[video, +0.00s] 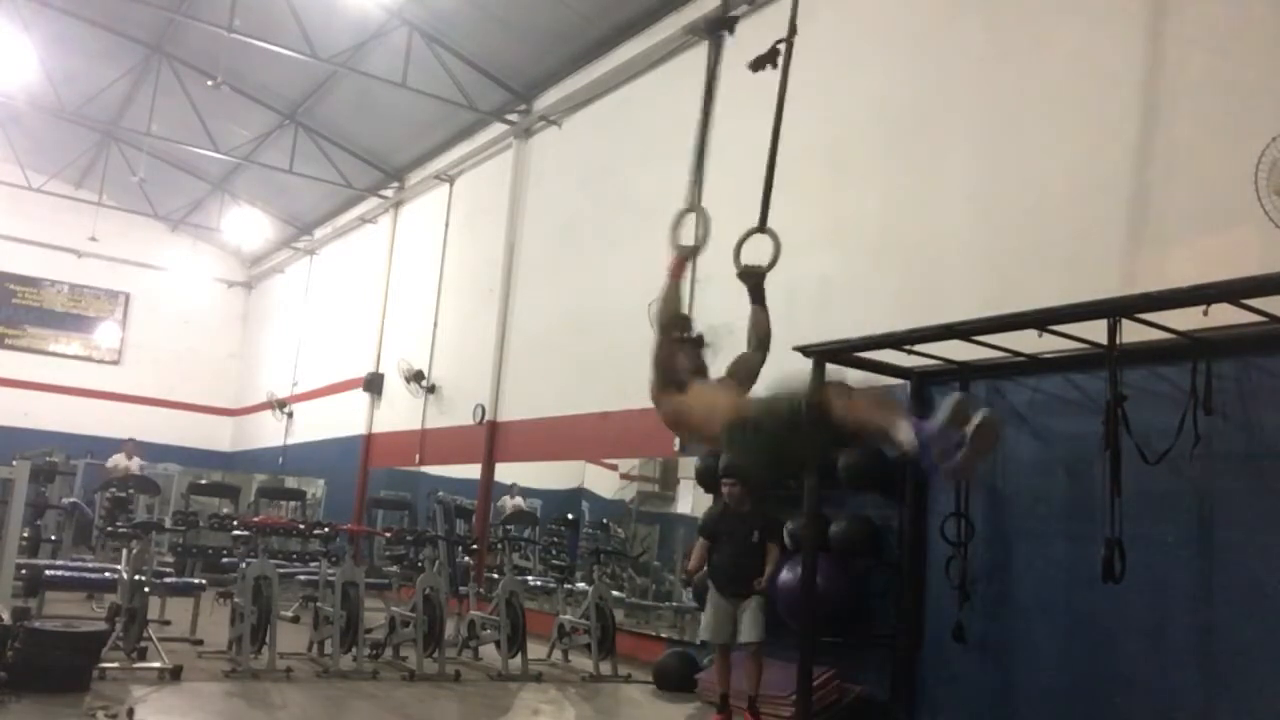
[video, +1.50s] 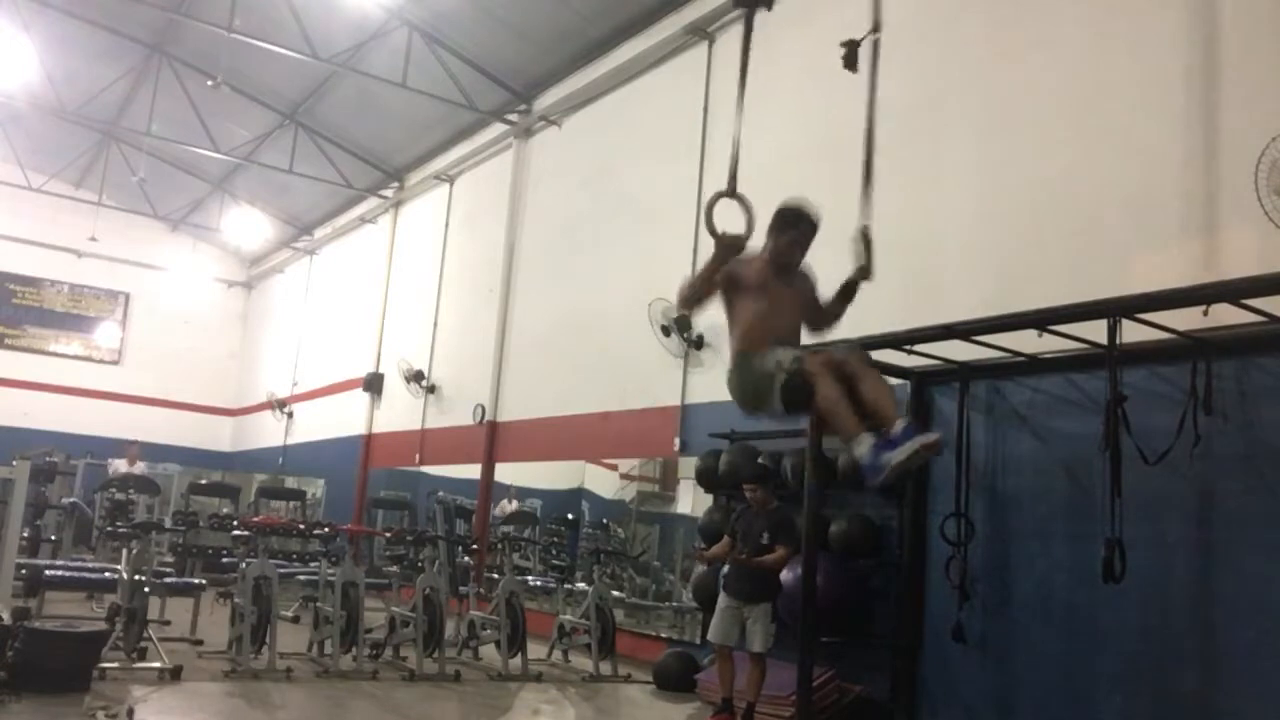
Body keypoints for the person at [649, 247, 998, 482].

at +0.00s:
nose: (695, 350)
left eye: (696, 343)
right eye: (684, 344)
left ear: (699, 350)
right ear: (667, 355)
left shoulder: (725, 387)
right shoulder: (671, 397)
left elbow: (757, 347)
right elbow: (666, 331)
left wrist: (756, 291)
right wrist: (676, 273)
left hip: (769, 443)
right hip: (745, 443)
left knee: (853, 412)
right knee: (828, 398)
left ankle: (944, 453)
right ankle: (917, 432)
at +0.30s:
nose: (716, 203)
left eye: (723, 196)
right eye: (710, 195)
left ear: (734, 201)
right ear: (698, 199)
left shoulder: (742, 238)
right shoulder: (684, 237)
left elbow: (762, 277)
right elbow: (645, 277)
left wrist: (728, 262)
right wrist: (675, 256)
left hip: (783, 321)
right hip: (748, 314)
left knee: (861, 309)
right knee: (816, 271)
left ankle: (938, 353)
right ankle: (878, 313)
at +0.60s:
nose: (810, 232)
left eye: (816, 226)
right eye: (806, 223)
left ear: (823, 218)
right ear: (790, 204)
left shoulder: (812, 235)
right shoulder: (748, 197)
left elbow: (802, 275)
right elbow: (691, 173)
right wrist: (697, 221)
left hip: (753, 308)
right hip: (714, 304)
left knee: (802, 337)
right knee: (775, 338)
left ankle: (852, 407)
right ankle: (825, 413)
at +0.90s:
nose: (842, 225)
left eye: (850, 219)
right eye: (839, 215)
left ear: (854, 212)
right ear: (822, 196)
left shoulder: (843, 228)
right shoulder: (781, 195)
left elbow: (835, 273)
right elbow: (721, 169)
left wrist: (835, 260)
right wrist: (729, 226)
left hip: (775, 320)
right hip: (735, 313)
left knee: (769, 417)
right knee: (738, 417)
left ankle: (745, 516)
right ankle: (707, 516)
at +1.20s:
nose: (850, 221)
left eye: (855, 214)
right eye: (845, 212)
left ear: (852, 208)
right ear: (825, 198)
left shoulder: (845, 229)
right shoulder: (782, 199)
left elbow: (843, 275)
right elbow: (720, 178)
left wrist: (843, 268)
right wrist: (730, 233)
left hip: (775, 316)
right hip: (738, 309)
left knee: (799, 400)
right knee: (763, 396)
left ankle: (803, 502)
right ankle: (765, 509)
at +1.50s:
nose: (798, 254)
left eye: (804, 248)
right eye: (793, 245)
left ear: (807, 247)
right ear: (773, 236)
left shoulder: (801, 281)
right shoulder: (738, 270)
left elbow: (819, 321)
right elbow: (686, 301)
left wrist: (853, 283)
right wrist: (717, 260)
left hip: (791, 367)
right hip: (750, 371)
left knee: (853, 358)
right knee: (820, 366)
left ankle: (897, 431)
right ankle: (866, 453)